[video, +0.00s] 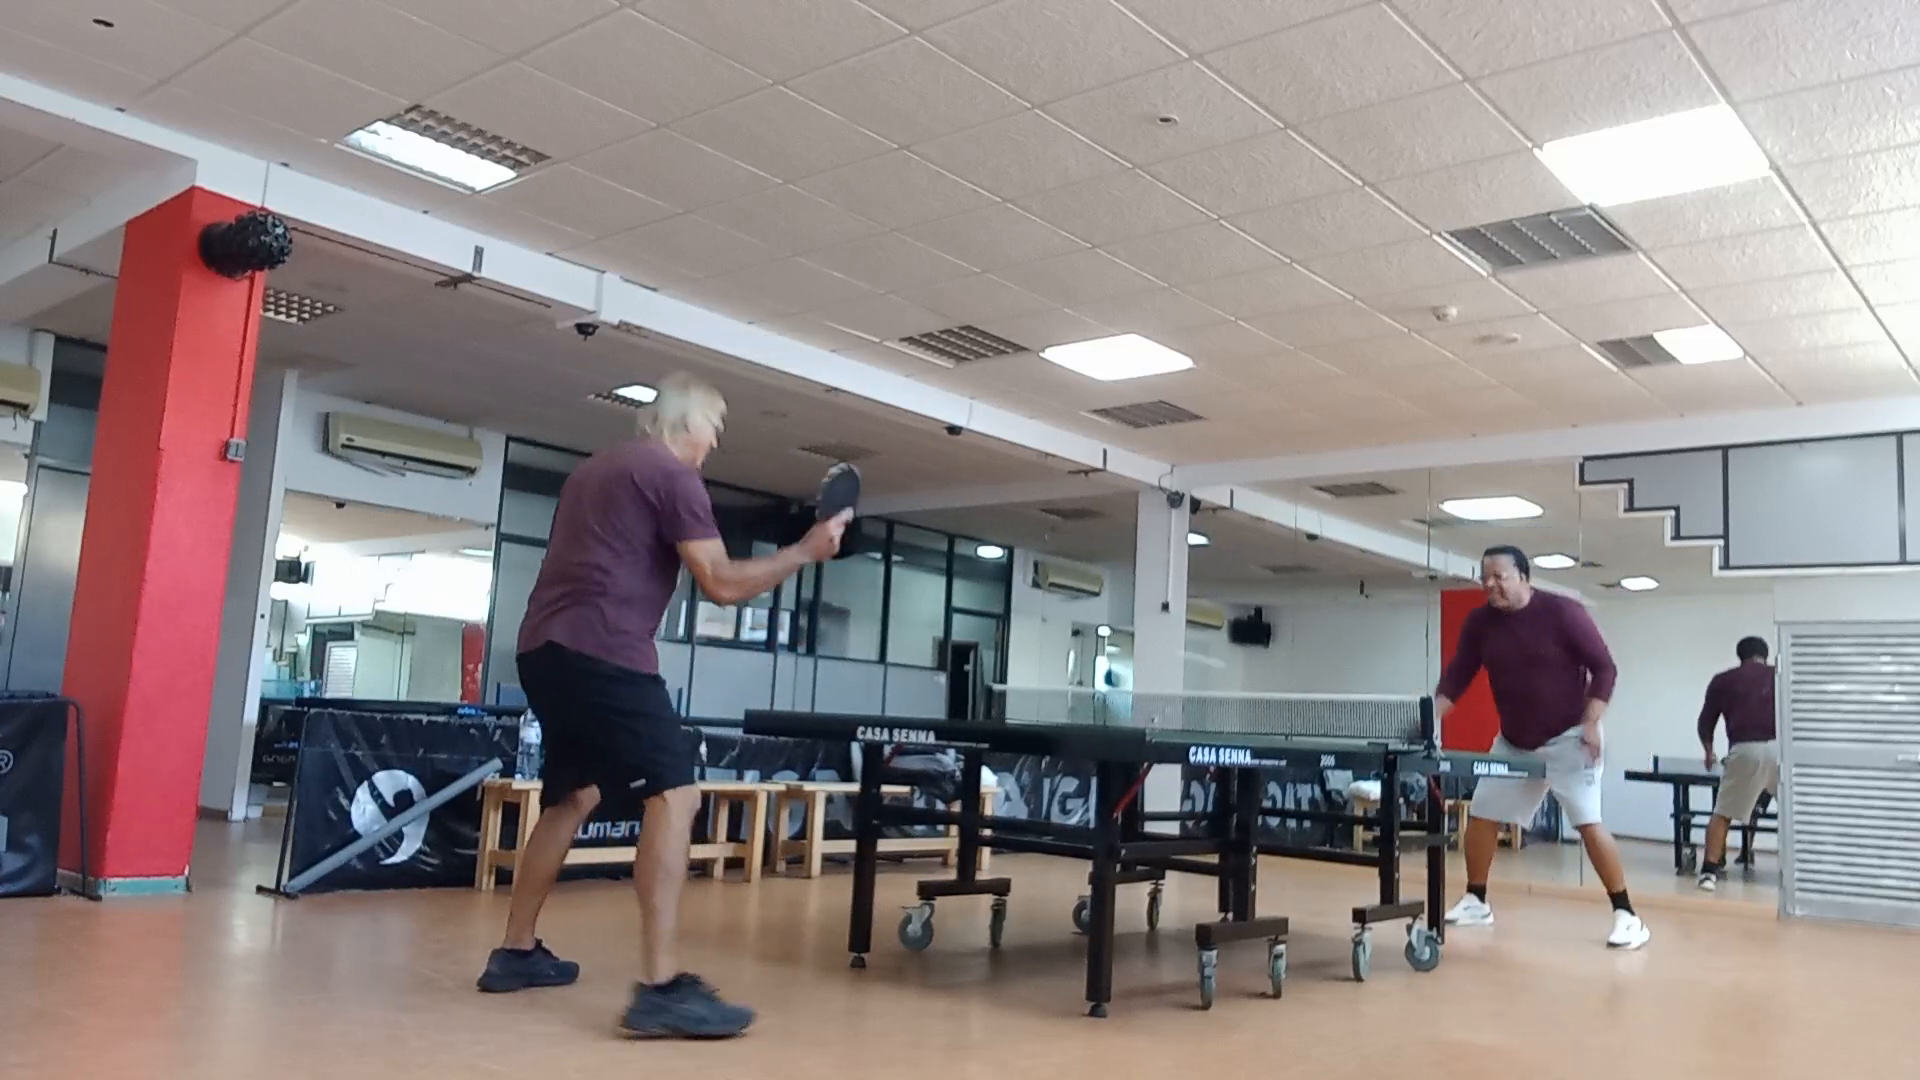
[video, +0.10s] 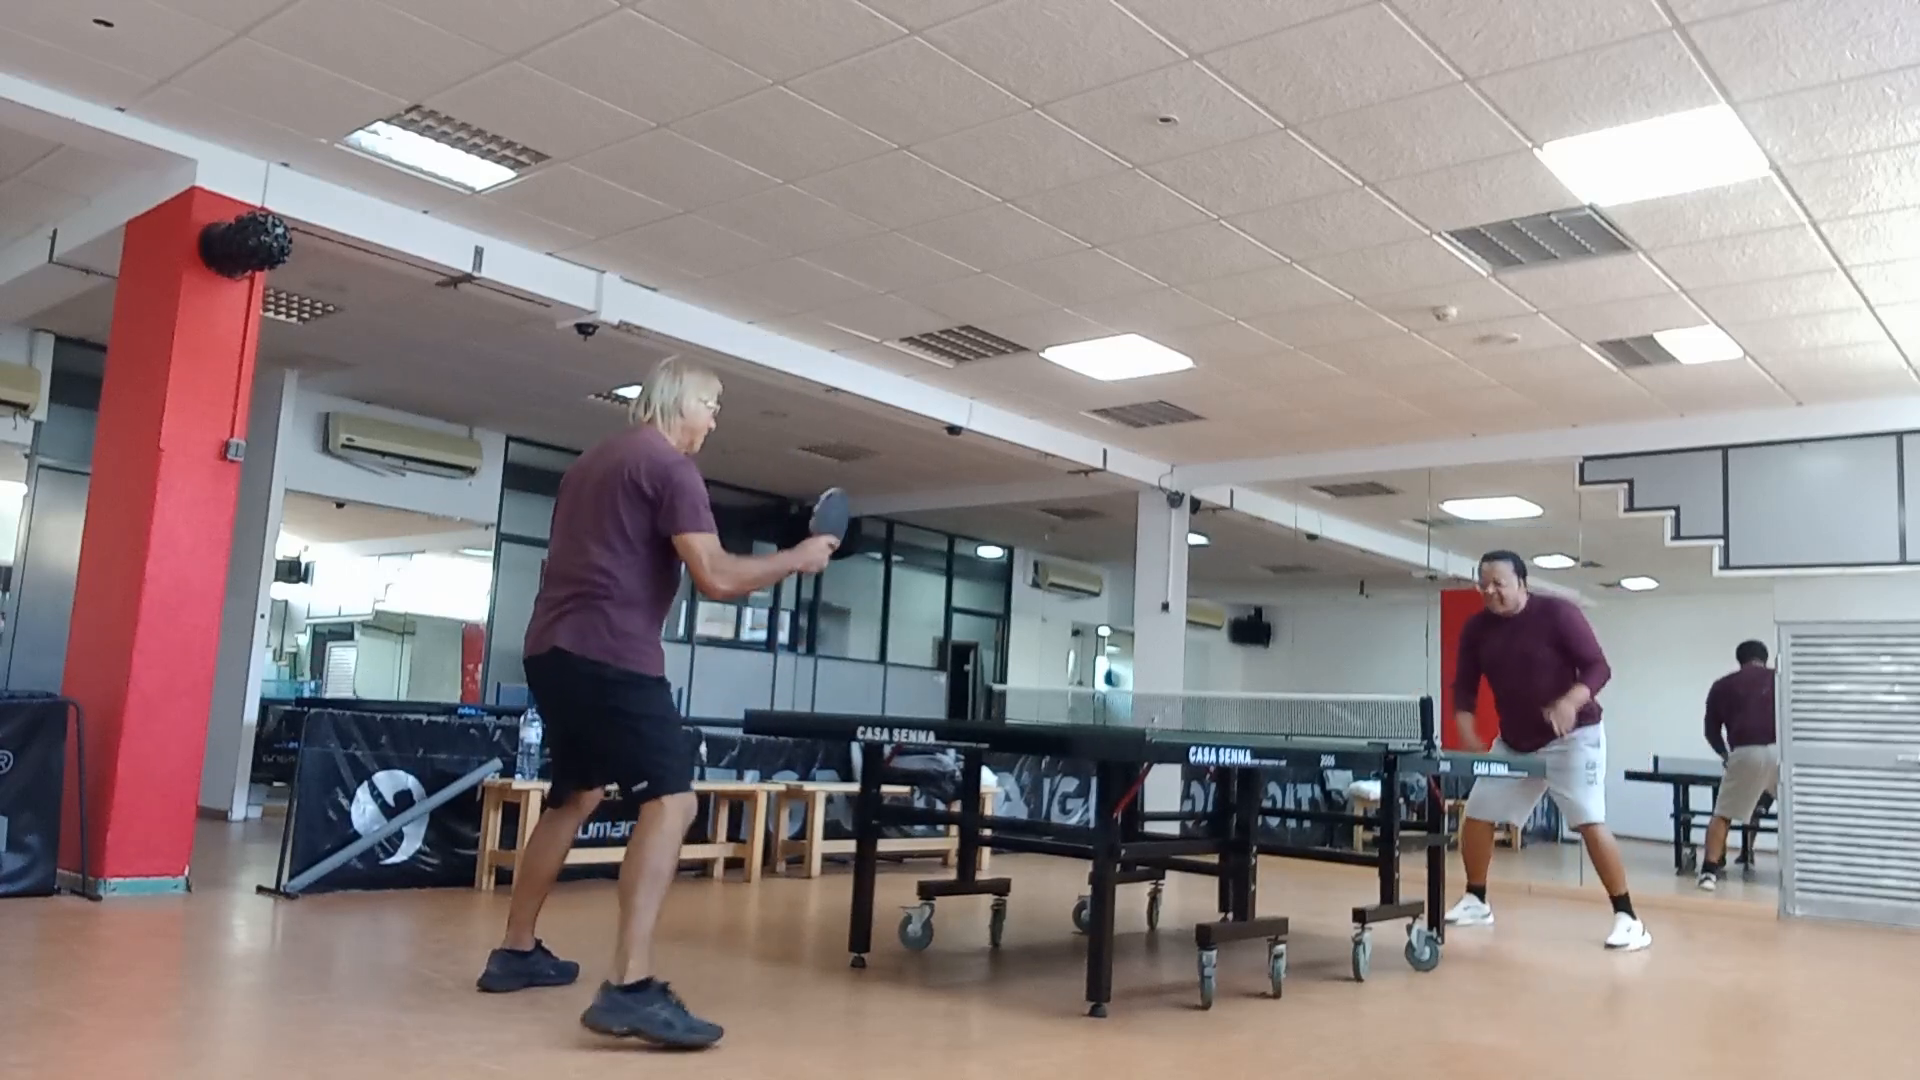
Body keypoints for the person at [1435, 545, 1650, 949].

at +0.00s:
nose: (1491, 584)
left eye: (1499, 576)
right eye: (1486, 578)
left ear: (1523, 577)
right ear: (1482, 582)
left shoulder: (1563, 612)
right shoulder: (1480, 622)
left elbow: (1605, 667)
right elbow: (1458, 675)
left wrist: (1591, 721)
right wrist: (1430, 716)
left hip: (1569, 739)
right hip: (1513, 742)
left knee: (1587, 822)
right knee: (1481, 813)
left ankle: (1626, 916)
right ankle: (1476, 902)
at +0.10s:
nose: (1492, 592)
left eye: (1499, 583)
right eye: (1485, 585)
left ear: (1521, 582)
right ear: (1480, 589)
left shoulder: (1558, 614)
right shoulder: (1477, 629)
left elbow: (1599, 668)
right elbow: (1465, 685)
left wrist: (1571, 700)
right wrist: (1468, 731)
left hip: (1573, 739)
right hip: (1515, 743)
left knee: (1588, 822)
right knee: (1477, 813)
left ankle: (1627, 918)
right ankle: (1476, 902)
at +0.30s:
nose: (1505, 601)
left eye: (1512, 592)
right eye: (1497, 594)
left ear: (1531, 590)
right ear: (1489, 597)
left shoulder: (1564, 617)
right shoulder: (1483, 632)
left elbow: (1613, 657)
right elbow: (1458, 669)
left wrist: (1602, 674)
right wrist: (1488, 688)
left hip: (1578, 741)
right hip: (1521, 748)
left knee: (1596, 821)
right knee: (1478, 819)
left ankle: (1629, 919)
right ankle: (1476, 903)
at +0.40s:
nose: (1512, 597)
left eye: (1519, 588)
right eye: (1503, 591)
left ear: (1536, 589)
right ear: (1494, 595)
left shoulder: (1566, 617)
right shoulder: (1486, 623)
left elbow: (1608, 648)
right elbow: (1438, 641)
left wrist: (1624, 673)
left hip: (1579, 739)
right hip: (1521, 746)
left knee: (1599, 823)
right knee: (1480, 822)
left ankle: (1629, 919)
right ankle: (1475, 902)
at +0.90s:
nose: (1513, 569)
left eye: (1520, 560)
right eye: (1505, 563)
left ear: (1540, 564)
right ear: (1498, 568)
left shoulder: (1575, 607)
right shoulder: (1483, 608)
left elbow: (1621, 652)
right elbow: (1447, 653)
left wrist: (1653, 709)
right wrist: (1421, 694)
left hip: (1566, 734)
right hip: (1506, 736)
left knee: (1586, 825)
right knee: (1481, 821)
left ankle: (1627, 918)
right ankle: (1471, 901)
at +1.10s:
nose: (1492, 570)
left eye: (1500, 562)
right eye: (1486, 565)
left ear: (1524, 566)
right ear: (1481, 573)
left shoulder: (1560, 609)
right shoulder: (1475, 614)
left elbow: (1611, 658)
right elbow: (1448, 661)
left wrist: (1605, 718)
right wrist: (1422, 703)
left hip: (1558, 735)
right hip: (1498, 735)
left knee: (1579, 826)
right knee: (1457, 802)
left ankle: (1626, 920)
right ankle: (1461, 890)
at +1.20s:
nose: (1475, 578)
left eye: (1483, 569)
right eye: (1468, 572)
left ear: (1506, 570)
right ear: (1463, 578)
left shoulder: (1539, 610)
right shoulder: (1464, 619)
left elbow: (1570, 666)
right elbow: (1441, 666)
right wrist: (1416, 702)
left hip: (1549, 738)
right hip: (1488, 738)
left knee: (1572, 829)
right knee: (1451, 812)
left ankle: (1626, 919)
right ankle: (1437, 905)